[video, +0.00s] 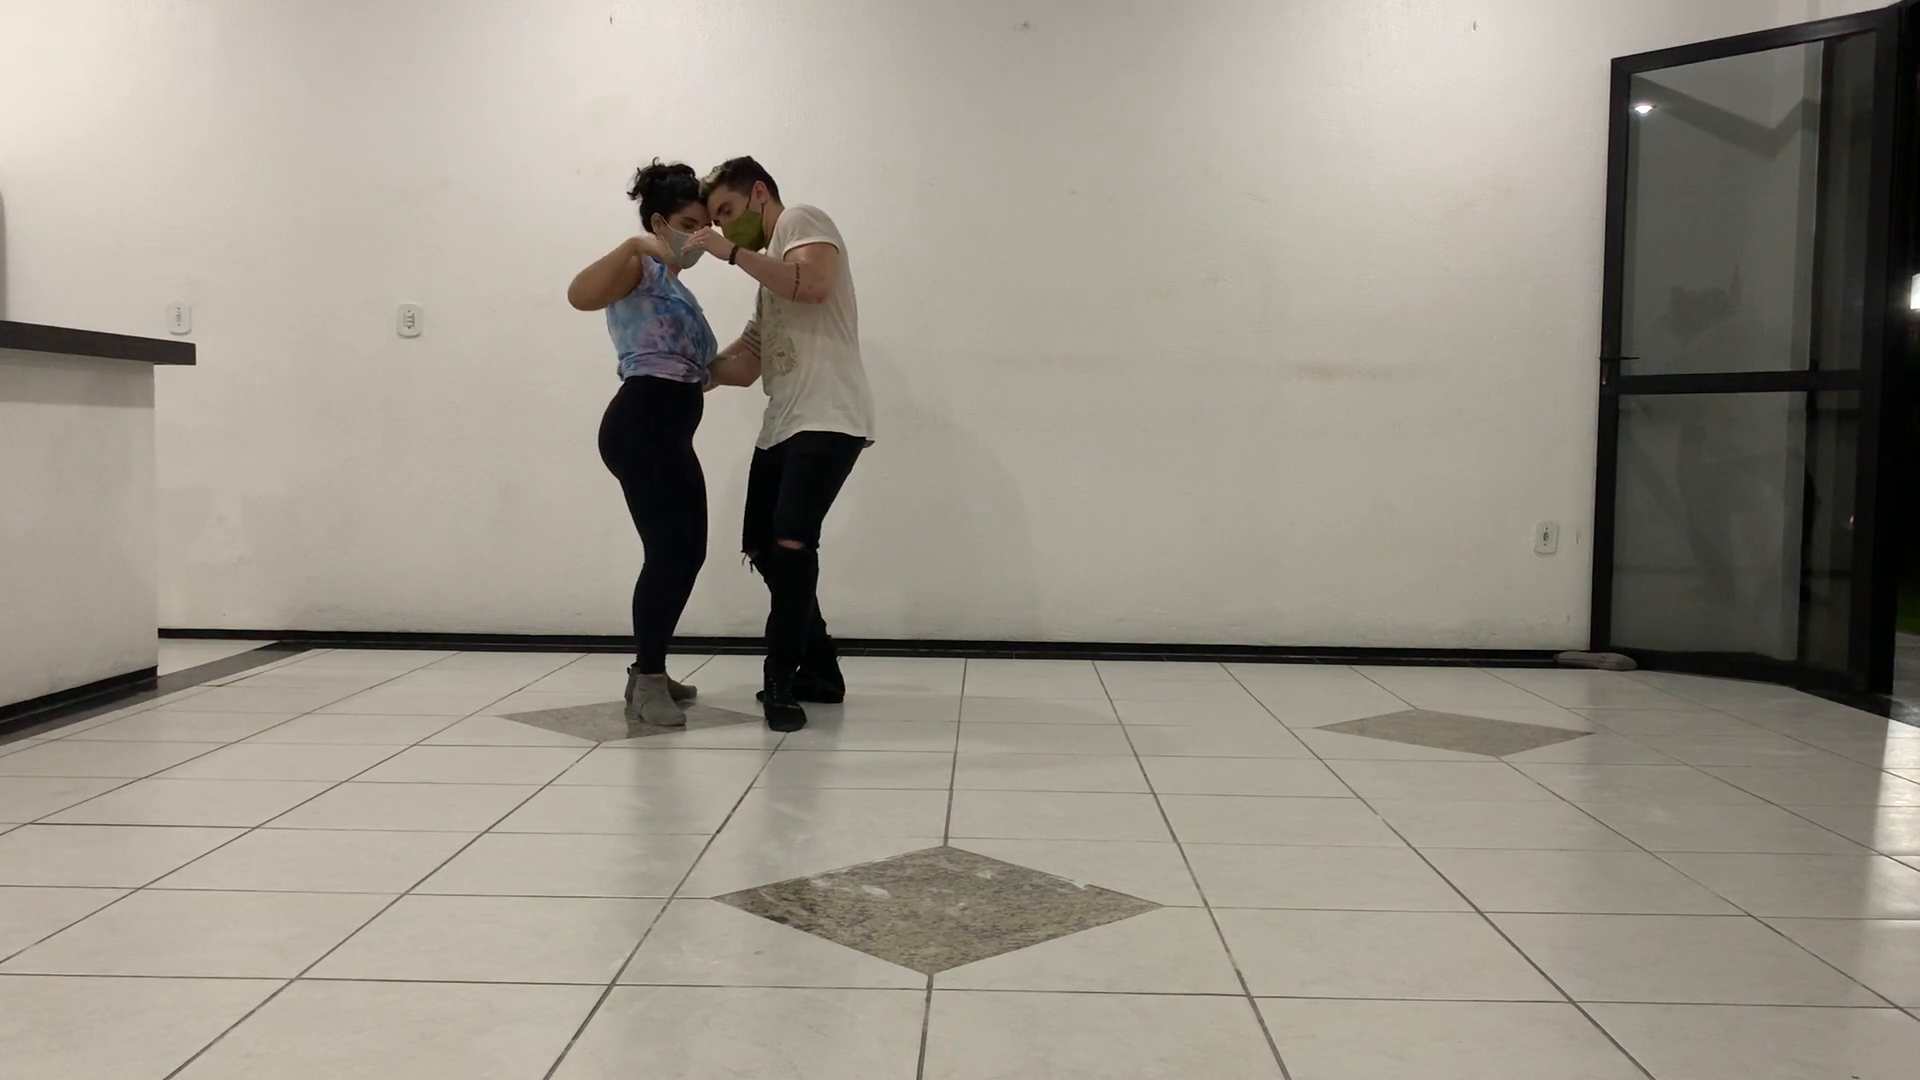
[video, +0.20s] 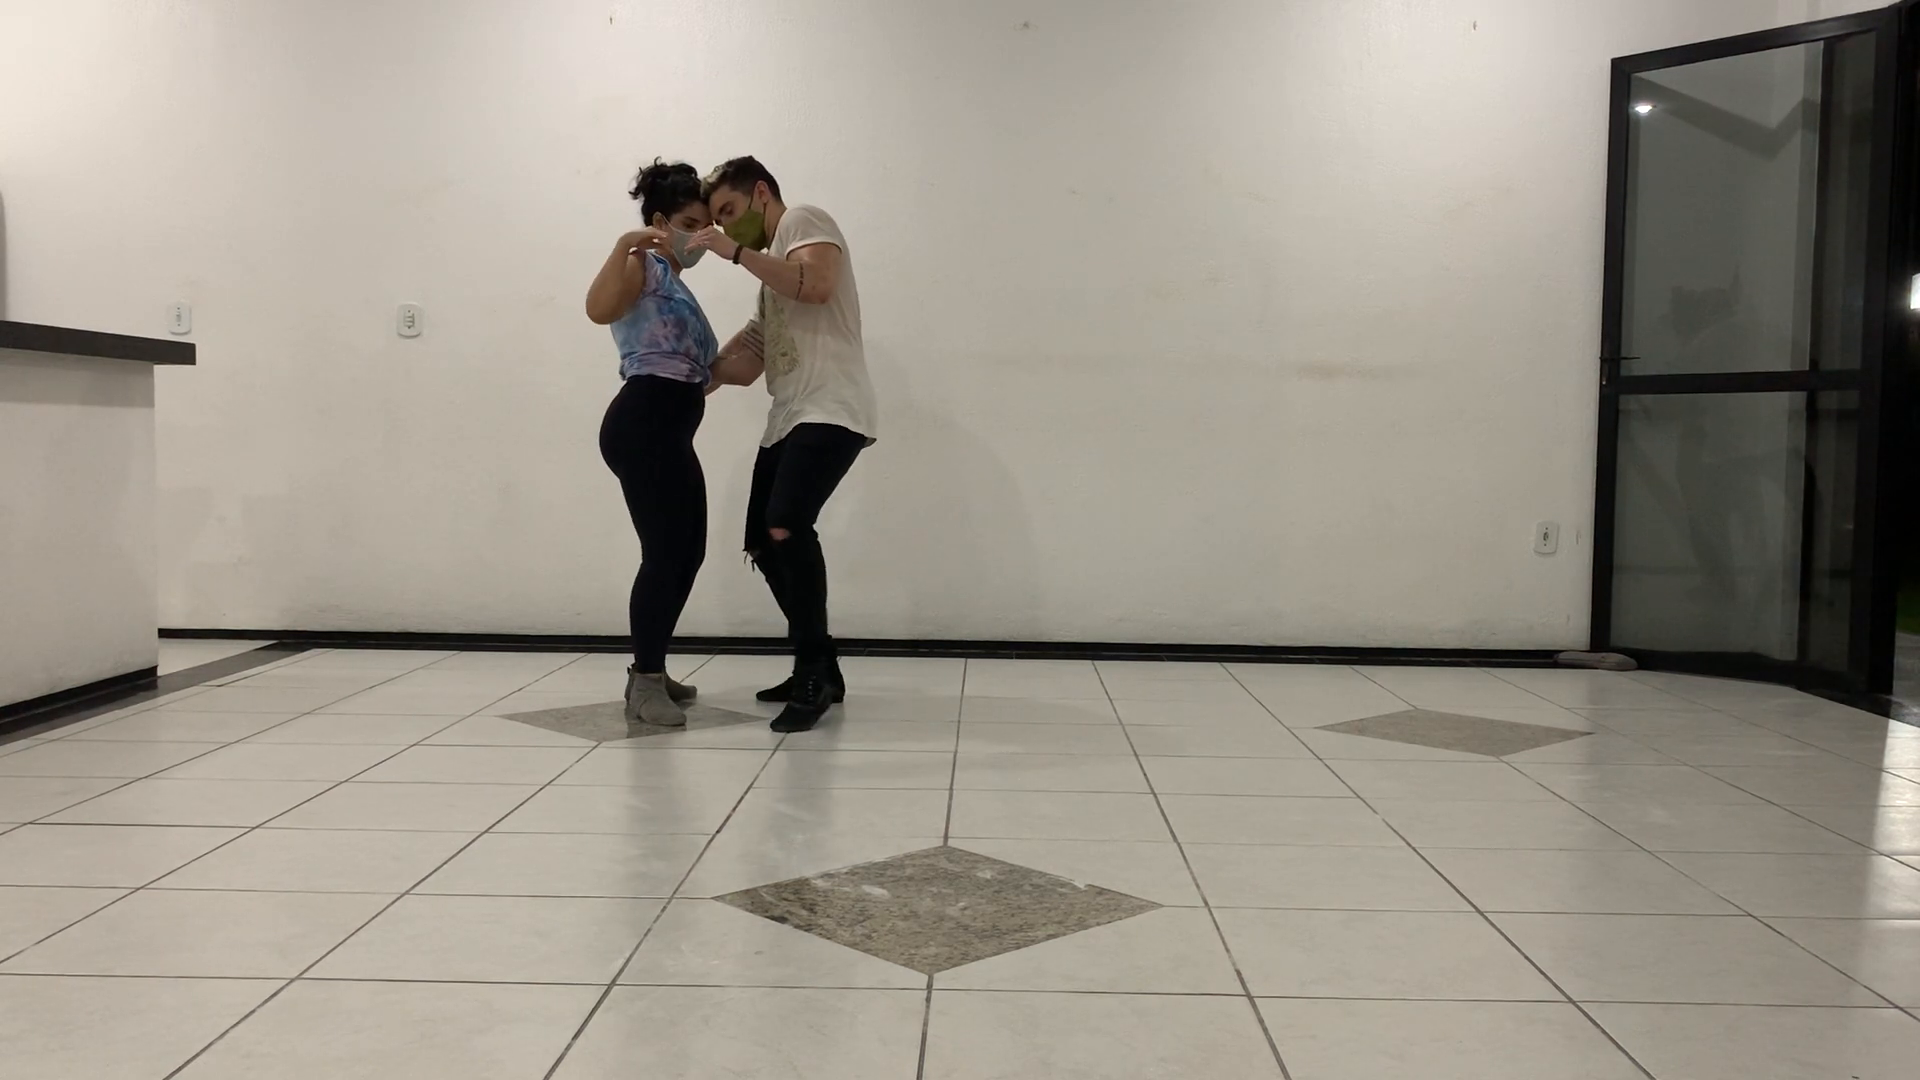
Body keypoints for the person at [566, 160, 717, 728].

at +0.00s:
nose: (700, 237)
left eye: (704, 226)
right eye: (691, 224)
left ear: (700, 230)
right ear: (658, 220)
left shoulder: (680, 296)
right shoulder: (638, 265)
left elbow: (720, 371)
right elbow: (580, 296)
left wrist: (758, 348)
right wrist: (631, 247)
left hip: (671, 426)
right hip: (641, 422)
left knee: (688, 552)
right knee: (669, 551)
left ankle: (652, 670)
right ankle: (645, 679)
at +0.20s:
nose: (700, 236)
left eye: (704, 225)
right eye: (692, 223)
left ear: (696, 231)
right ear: (661, 223)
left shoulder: (675, 283)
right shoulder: (639, 265)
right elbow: (599, 310)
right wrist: (626, 245)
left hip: (670, 424)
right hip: (643, 422)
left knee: (686, 552)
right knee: (664, 552)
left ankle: (651, 670)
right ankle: (644, 681)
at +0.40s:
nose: (701, 234)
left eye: (705, 223)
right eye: (691, 222)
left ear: (704, 227)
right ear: (662, 222)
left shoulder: (678, 285)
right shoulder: (638, 268)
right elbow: (612, 327)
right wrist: (617, 257)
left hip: (670, 426)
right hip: (642, 422)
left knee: (685, 546)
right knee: (676, 545)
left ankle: (653, 670)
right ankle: (648, 676)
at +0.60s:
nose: (704, 234)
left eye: (709, 224)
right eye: (695, 221)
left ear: (706, 229)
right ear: (668, 222)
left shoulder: (684, 291)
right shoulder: (640, 266)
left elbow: (705, 373)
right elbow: (617, 332)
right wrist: (621, 260)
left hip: (674, 427)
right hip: (644, 422)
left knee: (687, 550)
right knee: (663, 552)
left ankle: (651, 669)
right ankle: (647, 679)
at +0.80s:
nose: (710, 224)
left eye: (714, 213)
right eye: (700, 211)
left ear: (712, 220)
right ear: (673, 214)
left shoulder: (698, 288)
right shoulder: (643, 265)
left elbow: (709, 366)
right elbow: (619, 338)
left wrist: (744, 341)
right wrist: (625, 264)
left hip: (677, 424)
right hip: (643, 419)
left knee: (687, 543)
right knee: (674, 540)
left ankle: (653, 666)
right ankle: (649, 672)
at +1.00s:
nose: (712, 219)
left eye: (716, 206)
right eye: (698, 206)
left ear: (718, 203)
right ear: (666, 207)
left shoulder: (699, 274)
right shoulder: (646, 272)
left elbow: (705, 346)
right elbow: (622, 358)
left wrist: (748, 330)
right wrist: (606, 343)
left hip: (680, 423)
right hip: (645, 421)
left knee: (690, 544)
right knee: (675, 543)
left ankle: (652, 665)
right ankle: (654, 672)